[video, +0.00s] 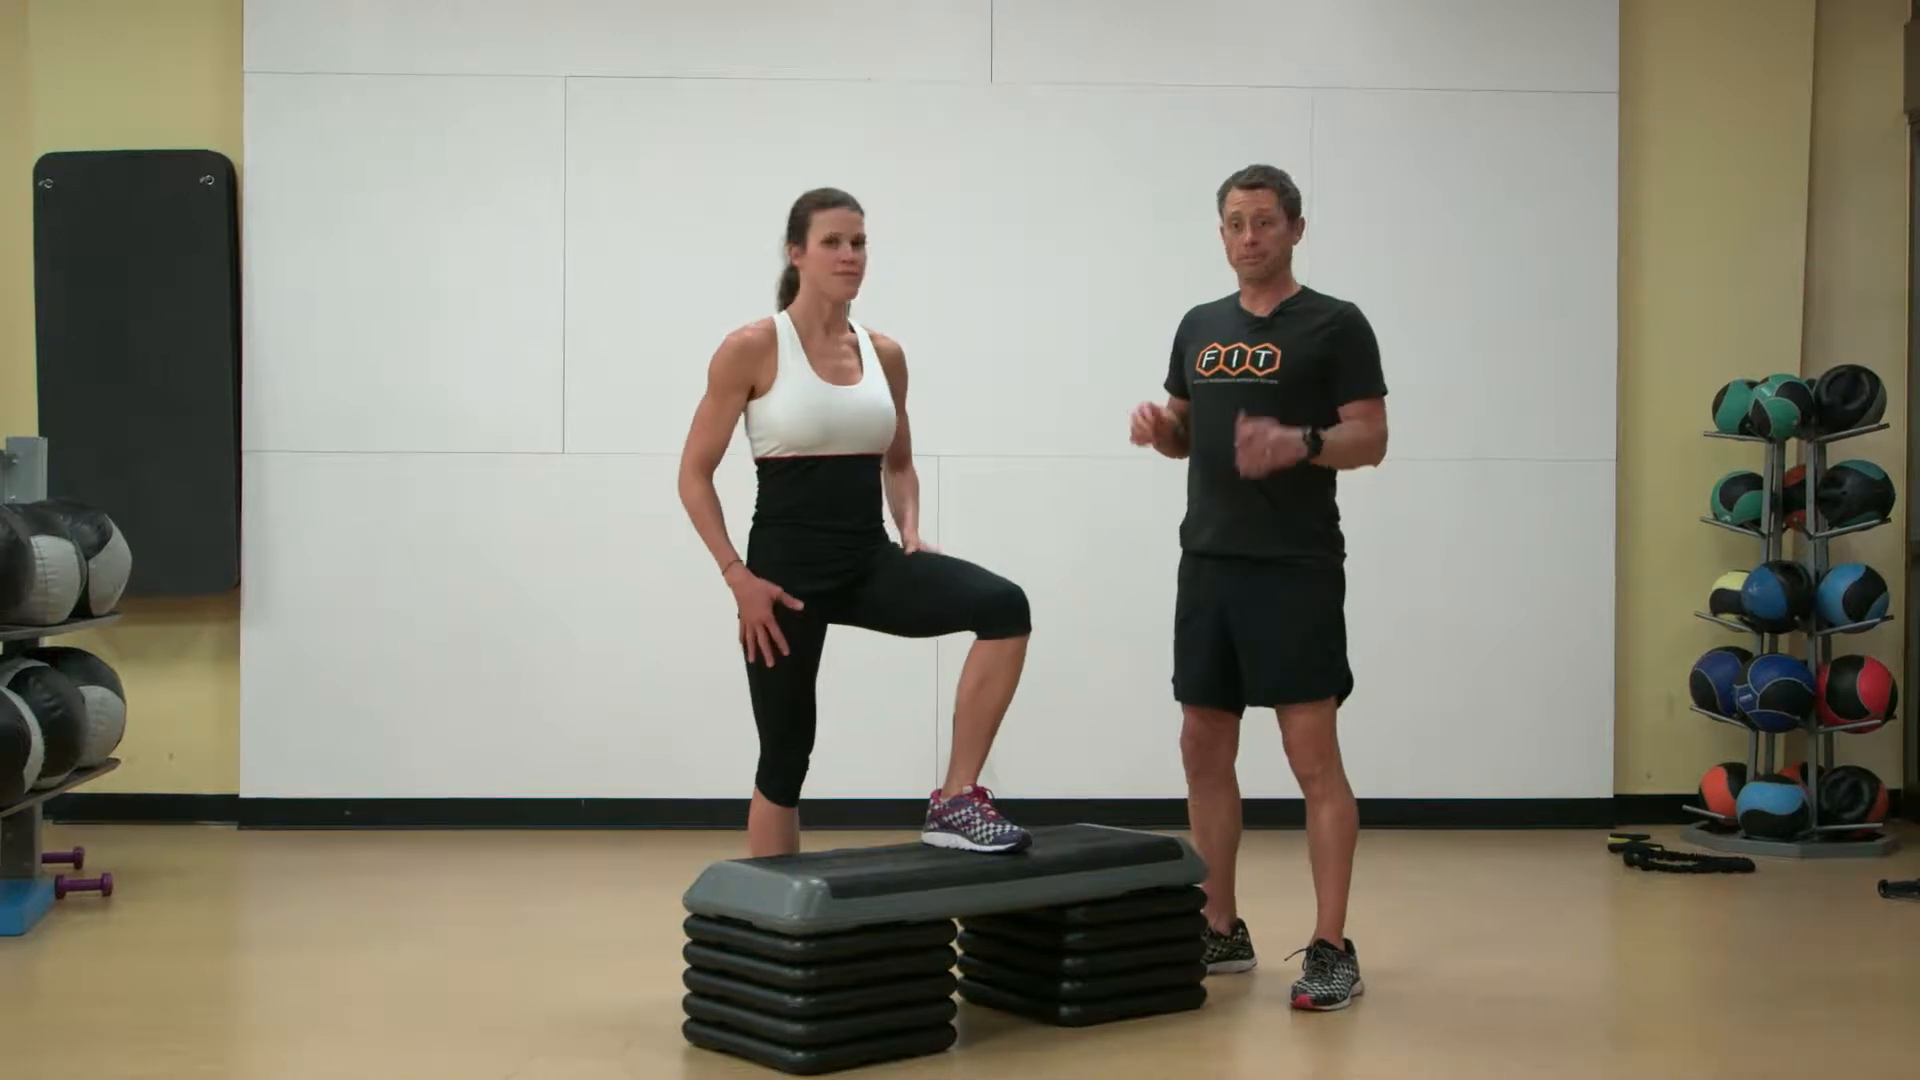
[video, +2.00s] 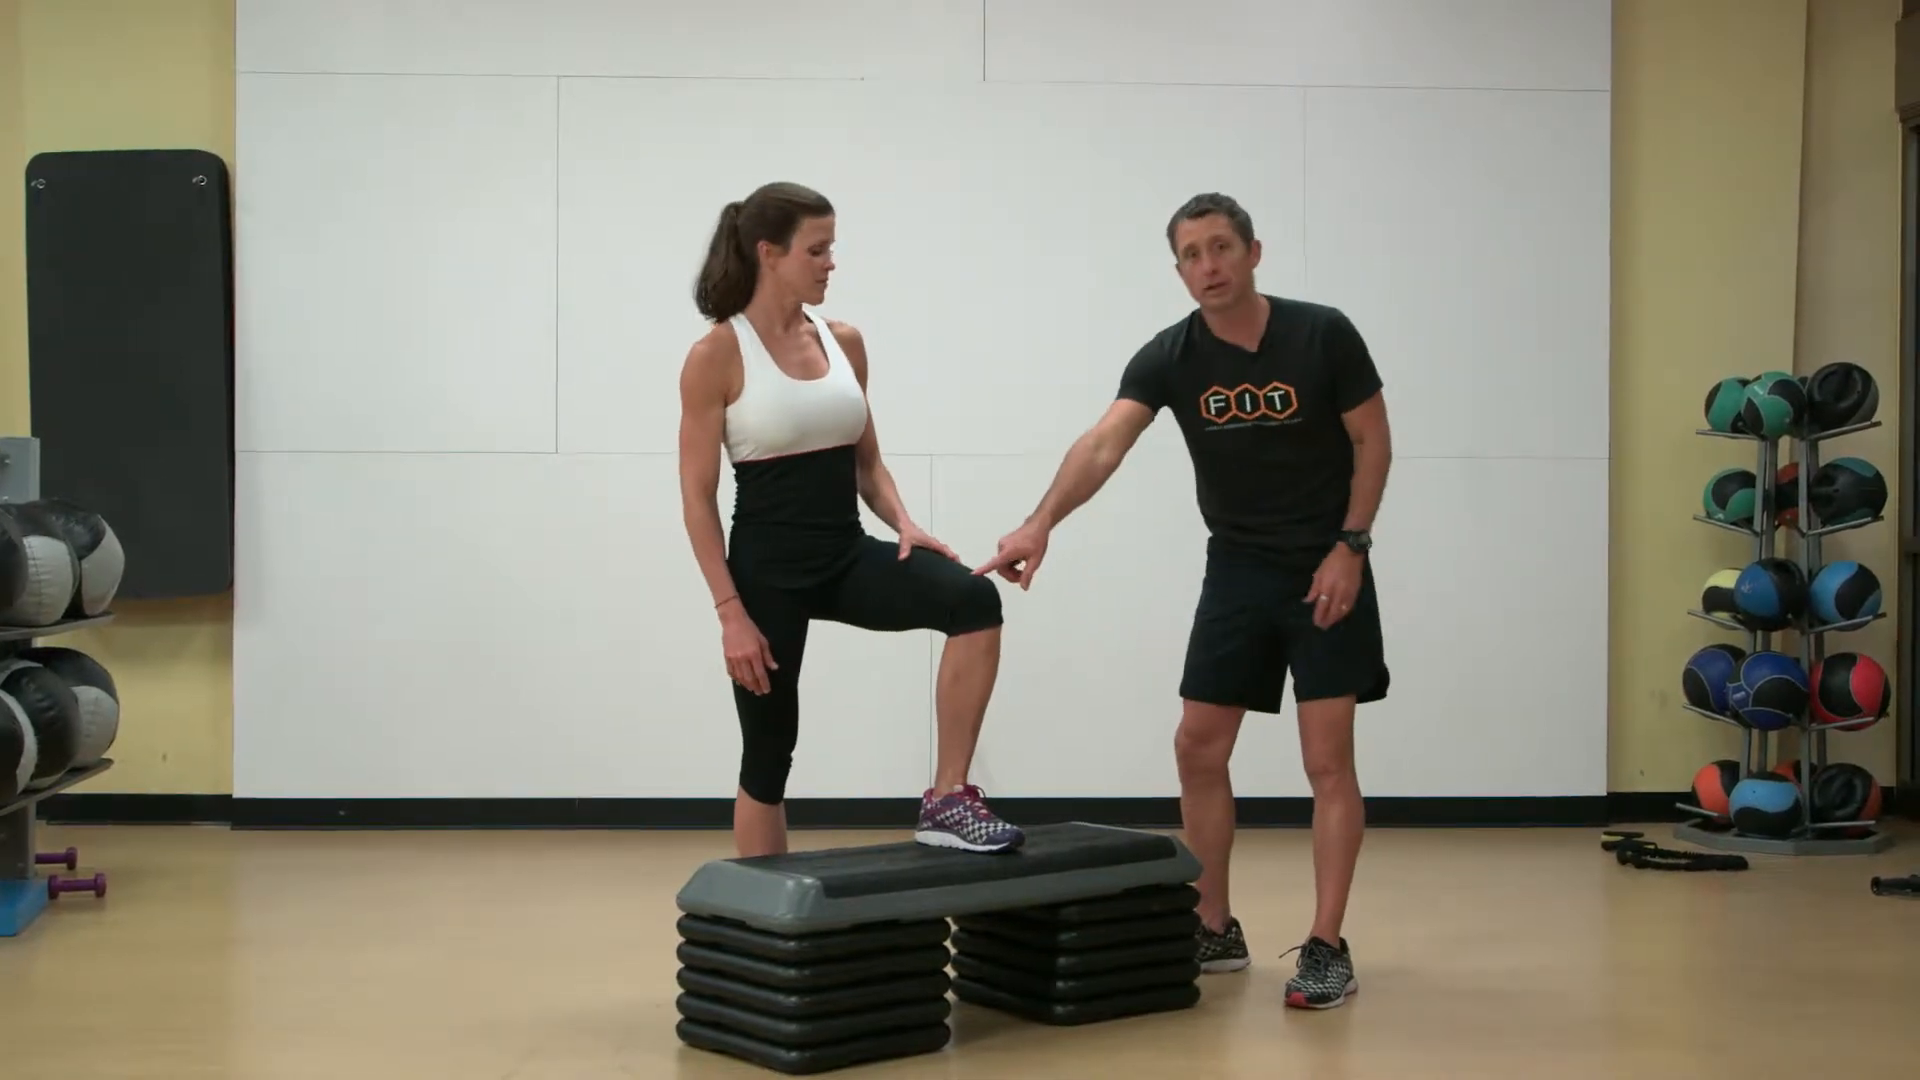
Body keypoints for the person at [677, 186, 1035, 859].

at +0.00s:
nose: (851, 256)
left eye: (859, 243)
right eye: (833, 243)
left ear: (867, 252)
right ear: (796, 254)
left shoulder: (884, 356)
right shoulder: (751, 350)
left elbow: (899, 463)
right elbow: (694, 476)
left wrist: (908, 531)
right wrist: (736, 576)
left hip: (866, 563)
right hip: (786, 571)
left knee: (1004, 609)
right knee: (784, 763)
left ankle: (957, 797)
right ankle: (770, 933)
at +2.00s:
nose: (832, 262)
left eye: (832, 248)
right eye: (818, 249)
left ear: (794, 254)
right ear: (769, 253)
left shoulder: (842, 342)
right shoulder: (716, 357)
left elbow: (867, 462)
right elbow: (698, 500)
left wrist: (904, 523)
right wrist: (730, 612)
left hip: (845, 556)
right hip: (767, 568)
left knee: (974, 602)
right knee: (767, 760)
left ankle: (949, 797)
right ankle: (763, 929)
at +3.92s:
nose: (876, 267)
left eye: (882, 254)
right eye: (861, 253)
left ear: (885, 258)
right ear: (814, 254)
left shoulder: (891, 349)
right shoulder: (771, 355)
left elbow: (888, 470)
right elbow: (739, 493)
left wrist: (907, 593)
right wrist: (811, 527)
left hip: (877, 558)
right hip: (798, 569)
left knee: (986, 606)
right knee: (794, 765)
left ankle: (952, 800)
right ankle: (776, 934)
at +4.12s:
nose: (926, 272)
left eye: (931, 259)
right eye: (910, 259)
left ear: (935, 265)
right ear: (864, 267)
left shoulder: (939, 359)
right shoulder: (821, 358)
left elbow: (916, 483)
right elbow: (805, 489)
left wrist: (916, 598)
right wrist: (898, 431)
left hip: (900, 557)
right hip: (829, 564)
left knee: (1005, 617)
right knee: (831, 770)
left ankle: (954, 802)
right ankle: (783, 930)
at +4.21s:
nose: (953, 253)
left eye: (958, 239)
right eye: (937, 240)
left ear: (963, 246)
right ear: (891, 247)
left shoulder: (965, 340)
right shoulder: (851, 332)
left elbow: (945, 459)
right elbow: (836, 457)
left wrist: (950, 563)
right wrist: (930, 416)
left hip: (923, 540)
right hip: (848, 542)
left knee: (1019, 622)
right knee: (829, 741)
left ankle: (957, 803)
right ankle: (791, 916)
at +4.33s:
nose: (988, 194)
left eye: (992, 180)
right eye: (972, 181)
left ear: (993, 188)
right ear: (926, 188)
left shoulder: (1001, 291)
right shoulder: (885, 272)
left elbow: (998, 418)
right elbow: (845, 398)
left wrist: (1051, 493)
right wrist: (933, 453)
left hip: (946, 494)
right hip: (868, 493)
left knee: (1019, 619)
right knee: (878, 698)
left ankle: (957, 805)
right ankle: (806, 867)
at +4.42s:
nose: (997, 161)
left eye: (1002, 148)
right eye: (980, 148)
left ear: (1004, 159)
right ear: (935, 155)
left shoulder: (1012, 267)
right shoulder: (889, 244)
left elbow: (1038, 403)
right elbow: (834, 374)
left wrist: (1094, 395)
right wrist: (871, 476)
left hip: (950, 461)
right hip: (877, 460)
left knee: (1015, 615)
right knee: (947, 640)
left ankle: (959, 803)